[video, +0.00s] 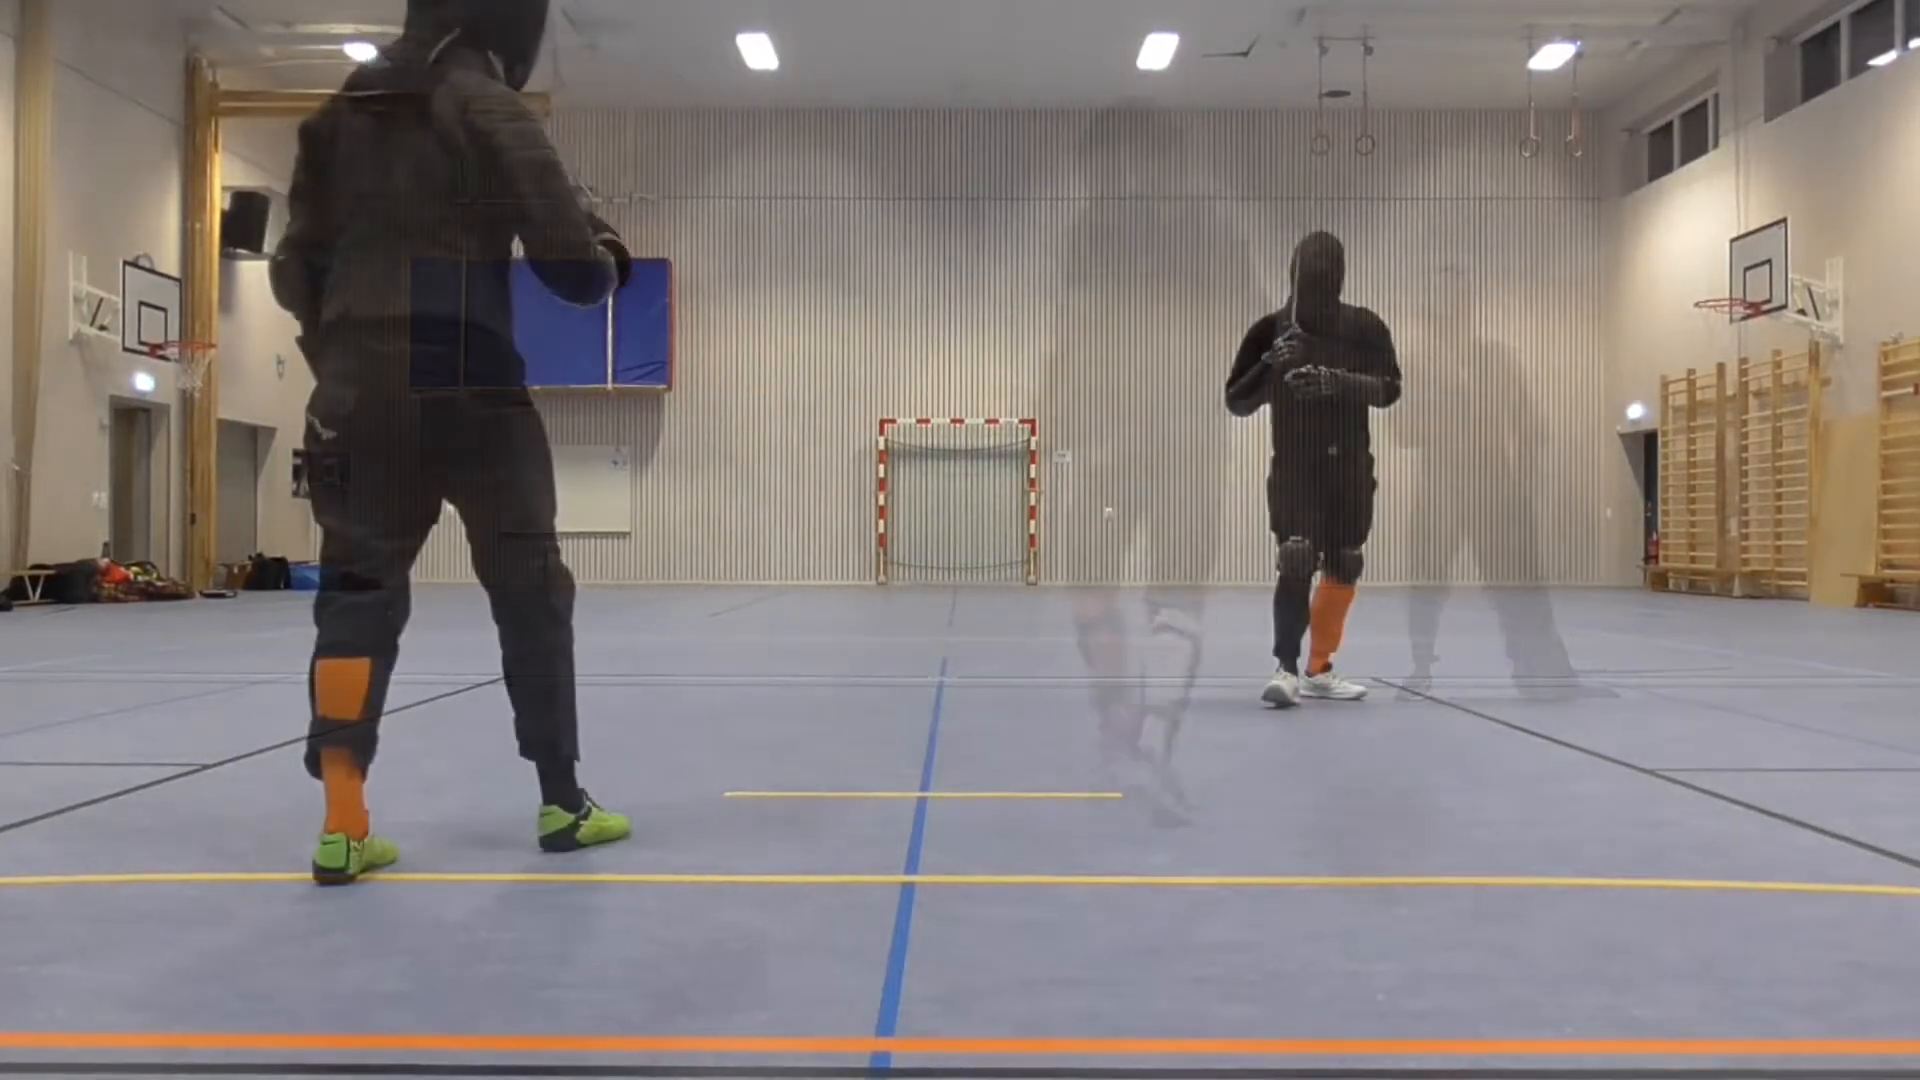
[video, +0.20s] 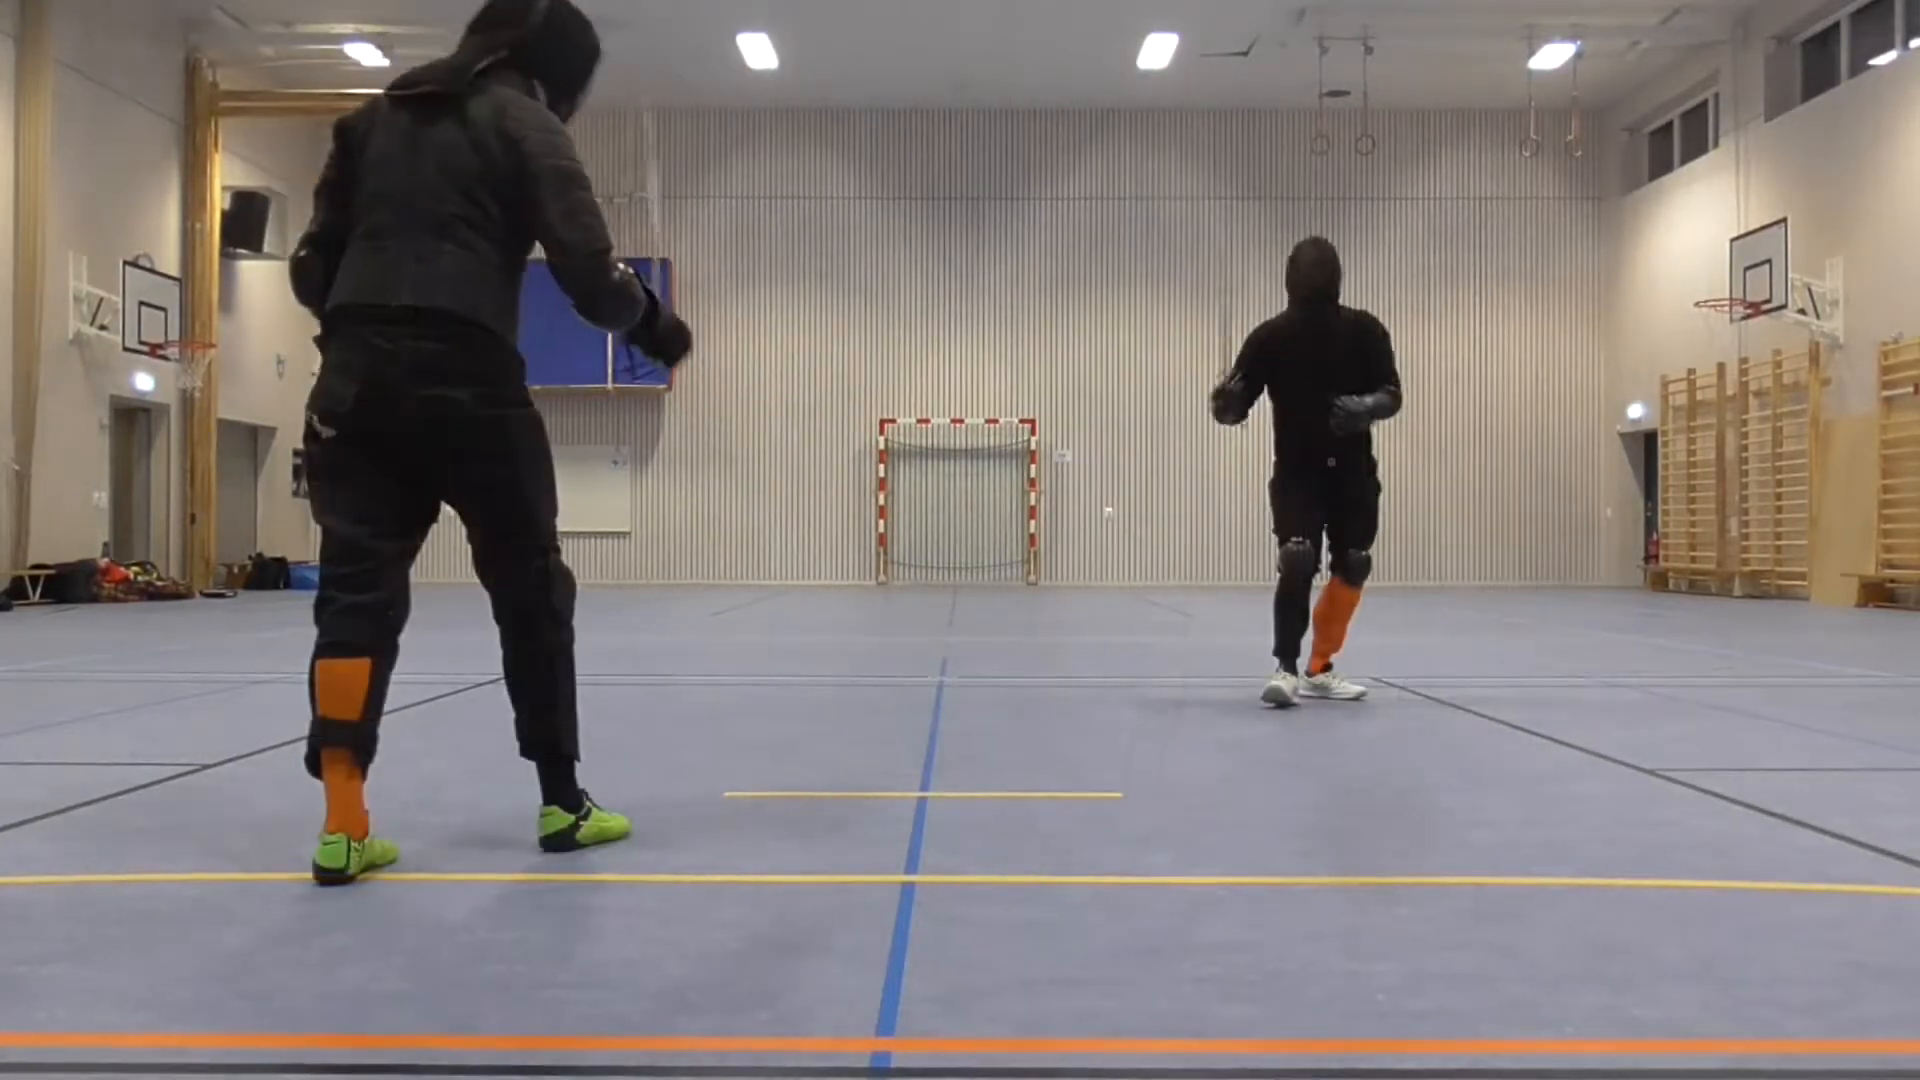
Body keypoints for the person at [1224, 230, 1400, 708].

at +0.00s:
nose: (1318, 282)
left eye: (1327, 272)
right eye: (1310, 272)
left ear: (1340, 274)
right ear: (1297, 272)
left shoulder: (1365, 328)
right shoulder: (1270, 331)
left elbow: (1390, 390)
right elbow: (1237, 401)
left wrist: (1339, 382)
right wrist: (1274, 363)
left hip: (1350, 464)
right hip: (1295, 463)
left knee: (1344, 566)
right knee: (1296, 557)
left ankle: (1318, 671)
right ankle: (1285, 670)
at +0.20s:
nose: (1314, 284)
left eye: (1321, 274)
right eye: (1307, 274)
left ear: (1336, 279)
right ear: (1298, 279)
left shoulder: (1365, 331)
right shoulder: (1270, 337)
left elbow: (1391, 397)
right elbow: (1235, 408)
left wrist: (1364, 406)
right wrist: (1223, 402)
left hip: (1352, 470)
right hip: (1296, 470)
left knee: (1353, 564)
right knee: (1297, 559)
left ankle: (1319, 670)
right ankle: (1286, 670)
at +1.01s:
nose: (1267, 379)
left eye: (1273, 368)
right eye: (1261, 370)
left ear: (1298, 355)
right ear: (1256, 366)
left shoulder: (1349, 372)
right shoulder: (1257, 396)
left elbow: (1411, 410)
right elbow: (1243, 451)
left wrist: (1474, 428)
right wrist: (1220, 492)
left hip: (1367, 489)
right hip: (1308, 494)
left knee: (1369, 577)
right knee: (1304, 572)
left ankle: (1320, 670)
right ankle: (1286, 673)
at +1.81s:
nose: (1321, 286)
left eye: (1326, 276)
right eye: (1315, 276)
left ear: (1326, 279)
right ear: (1345, 277)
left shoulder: (1365, 329)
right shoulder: (1280, 337)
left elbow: (1430, 356)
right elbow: (1251, 397)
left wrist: (1398, 304)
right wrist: (1227, 396)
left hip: (1354, 467)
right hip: (1300, 465)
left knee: (1361, 568)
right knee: (1297, 550)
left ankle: (1319, 670)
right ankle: (1270, 661)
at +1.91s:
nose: (1320, 287)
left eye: (1327, 278)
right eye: (1314, 278)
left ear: (1337, 280)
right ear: (1298, 279)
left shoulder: (1363, 330)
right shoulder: (1277, 337)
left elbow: (1427, 352)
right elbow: (1252, 398)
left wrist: (1388, 299)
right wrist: (1234, 418)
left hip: (1351, 467)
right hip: (1297, 466)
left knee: (1361, 570)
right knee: (1294, 549)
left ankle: (1319, 670)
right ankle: (1268, 654)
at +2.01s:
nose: (1317, 290)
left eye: (1325, 281)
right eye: (1309, 281)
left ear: (1338, 281)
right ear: (1293, 281)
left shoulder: (1358, 330)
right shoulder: (1272, 338)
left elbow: (1421, 350)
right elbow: (1251, 401)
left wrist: (1380, 297)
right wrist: (1237, 432)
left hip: (1347, 467)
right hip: (1292, 467)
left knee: (1360, 572)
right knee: (1290, 548)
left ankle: (1319, 671)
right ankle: (1265, 652)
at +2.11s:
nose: (1309, 289)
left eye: (1317, 280)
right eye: (1302, 280)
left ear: (1332, 282)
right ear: (1287, 281)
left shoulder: (1350, 331)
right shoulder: (1262, 342)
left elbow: (1414, 351)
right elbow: (1247, 414)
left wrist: (1369, 295)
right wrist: (1237, 460)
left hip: (1339, 470)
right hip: (1285, 470)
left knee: (1359, 576)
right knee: (1282, 554)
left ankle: (1319, 671)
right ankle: (1257, 657)